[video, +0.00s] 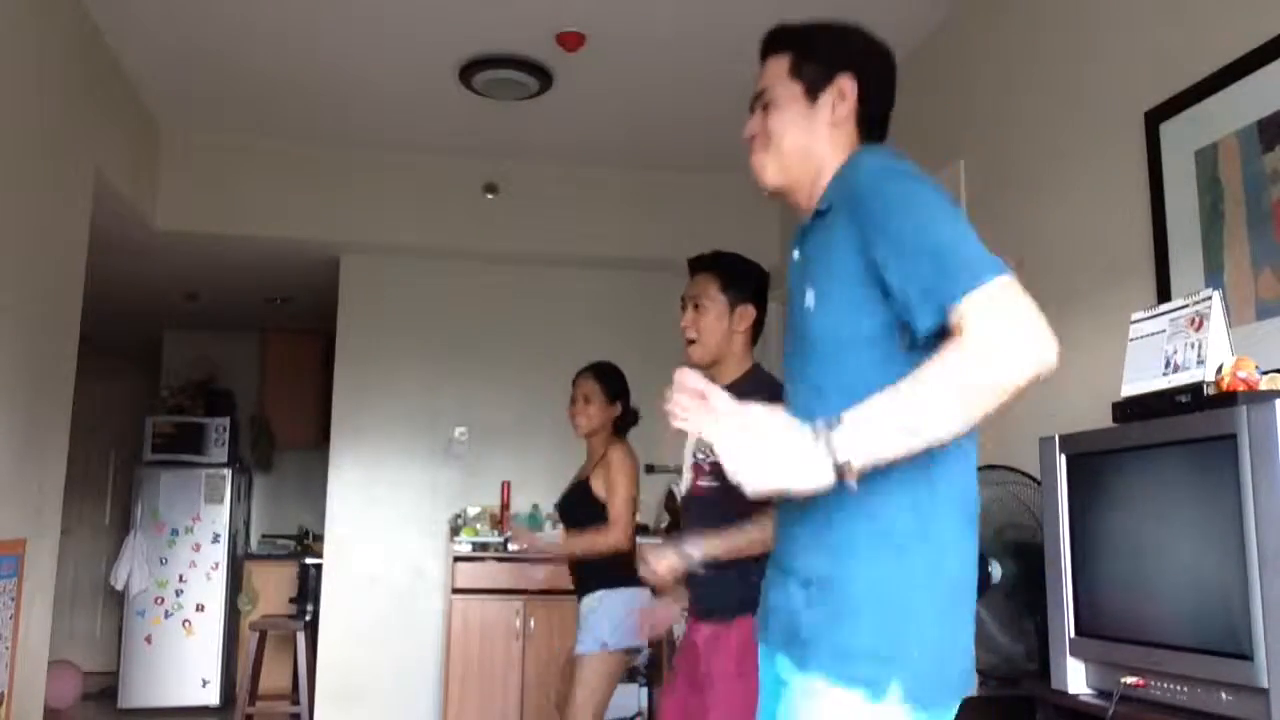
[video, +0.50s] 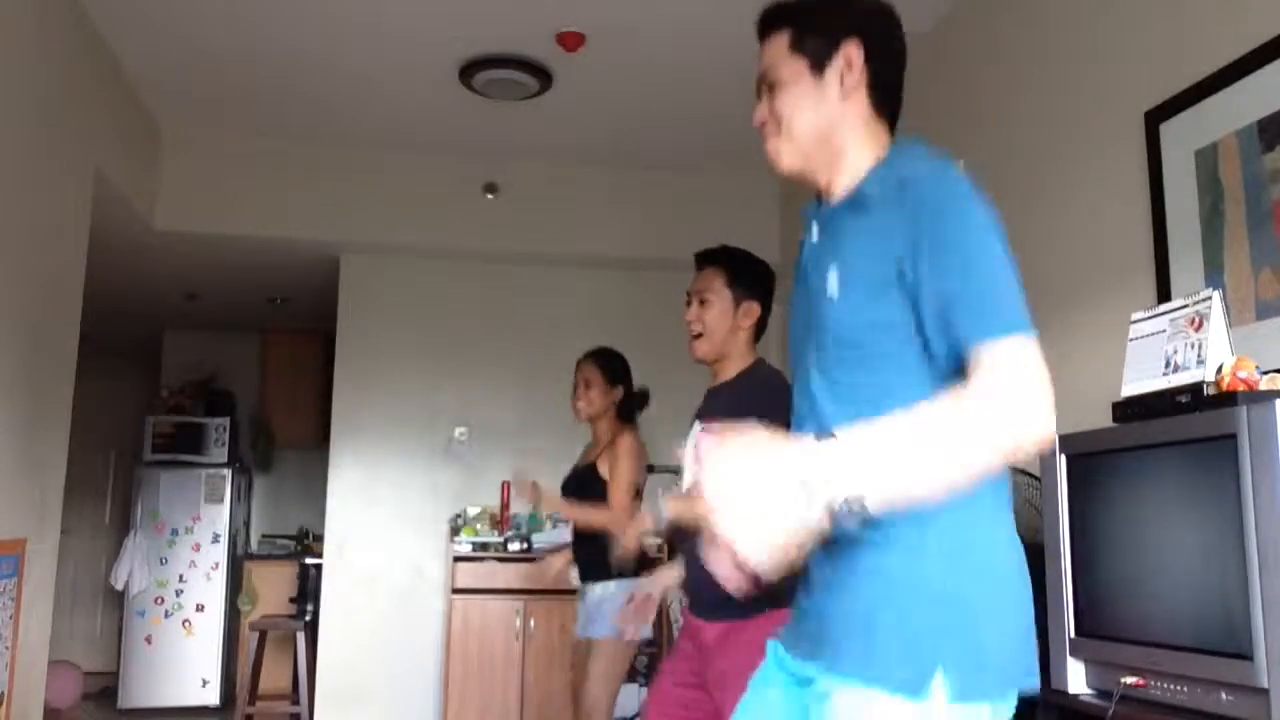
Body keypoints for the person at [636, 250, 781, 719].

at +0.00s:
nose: (684, 322)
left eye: (698, 307)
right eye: (685, 308)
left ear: (744, 318)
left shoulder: (768, 403)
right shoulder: (710, 401)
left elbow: (793, 520)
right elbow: (709, 519)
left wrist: (688, 551)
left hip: (745, 624)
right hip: (699, 621)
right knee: (677, 713)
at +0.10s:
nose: (683, 317)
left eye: (696, 302)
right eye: (683, 304)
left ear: (741, 311)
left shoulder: (763, 390)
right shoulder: (713, 398)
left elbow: (763, 497)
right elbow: (724, 512)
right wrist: (670, 559)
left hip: (749, 632)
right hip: (697, 623)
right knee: (647, 713)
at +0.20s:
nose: (681, 307)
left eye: (693, 291)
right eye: (679, 293)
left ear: (739, 300)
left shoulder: (763, 372)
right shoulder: (708, 383)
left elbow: (765, 473)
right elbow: (703, 493)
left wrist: (681, 436)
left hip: (748, 609)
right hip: (696, 603)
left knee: (746, 715)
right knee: (661, 714)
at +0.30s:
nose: (682, 312)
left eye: (697, 298)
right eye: (683, 298)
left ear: (740, 311)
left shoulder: (766, 395)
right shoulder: (700, 395)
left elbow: (801, 500)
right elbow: (688, 499)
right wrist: (622, 447)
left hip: (751, 603)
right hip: (705, 604)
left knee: (722, 712)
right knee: (679, 712)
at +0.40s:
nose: (688, 319)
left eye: (703, 305)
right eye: (688, 306)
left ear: (747, 318)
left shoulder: (763, 403)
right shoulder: (707, 401)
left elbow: (796, 517)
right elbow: (709, 520)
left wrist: (694, 561)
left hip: (752, 616)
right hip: (707, 615)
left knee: (723, 714)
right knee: (676, 713)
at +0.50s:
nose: (690, 316)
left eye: (704, 302)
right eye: (689, 303)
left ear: (748, 314)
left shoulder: (767, 394)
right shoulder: (715, 397)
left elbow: (766, 515)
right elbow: (718, 515)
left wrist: (669, 512)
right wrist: (664, 579)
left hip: (756, 629)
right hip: (700, 625)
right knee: (662, 713)